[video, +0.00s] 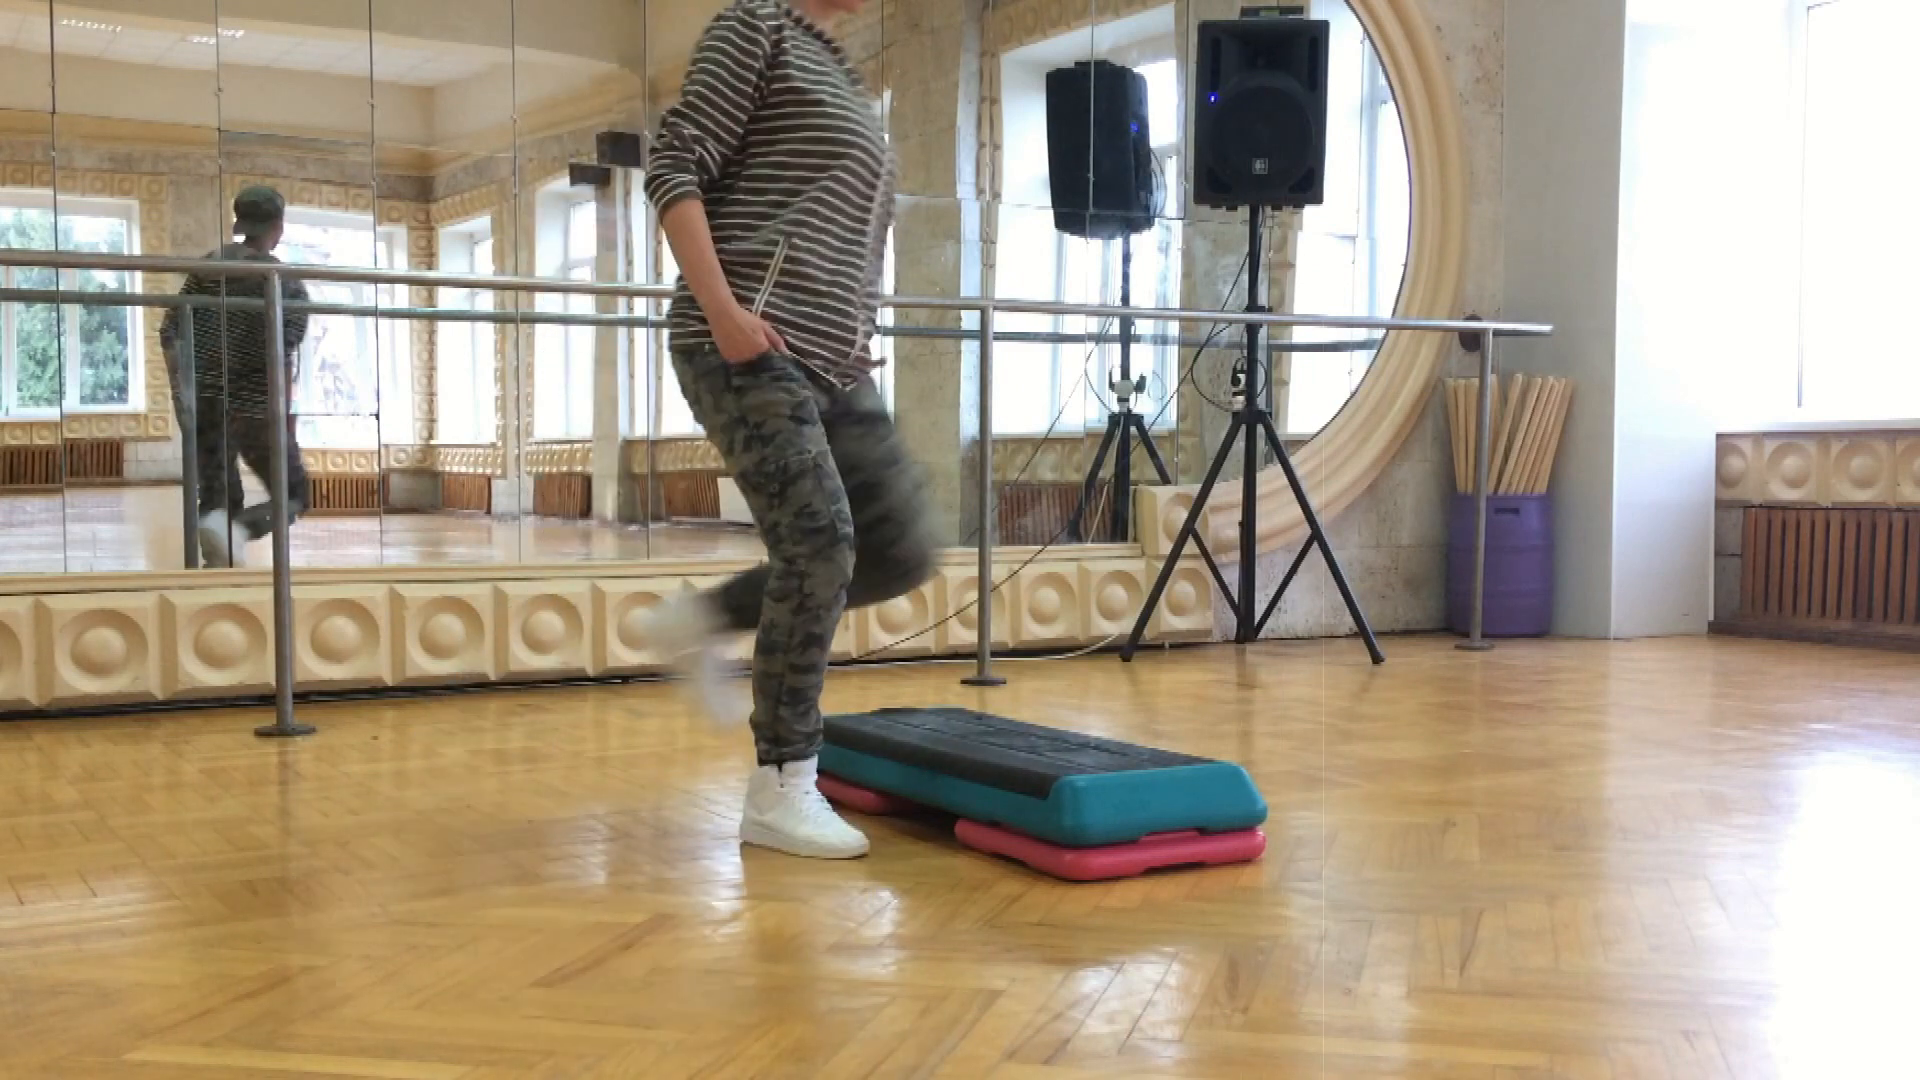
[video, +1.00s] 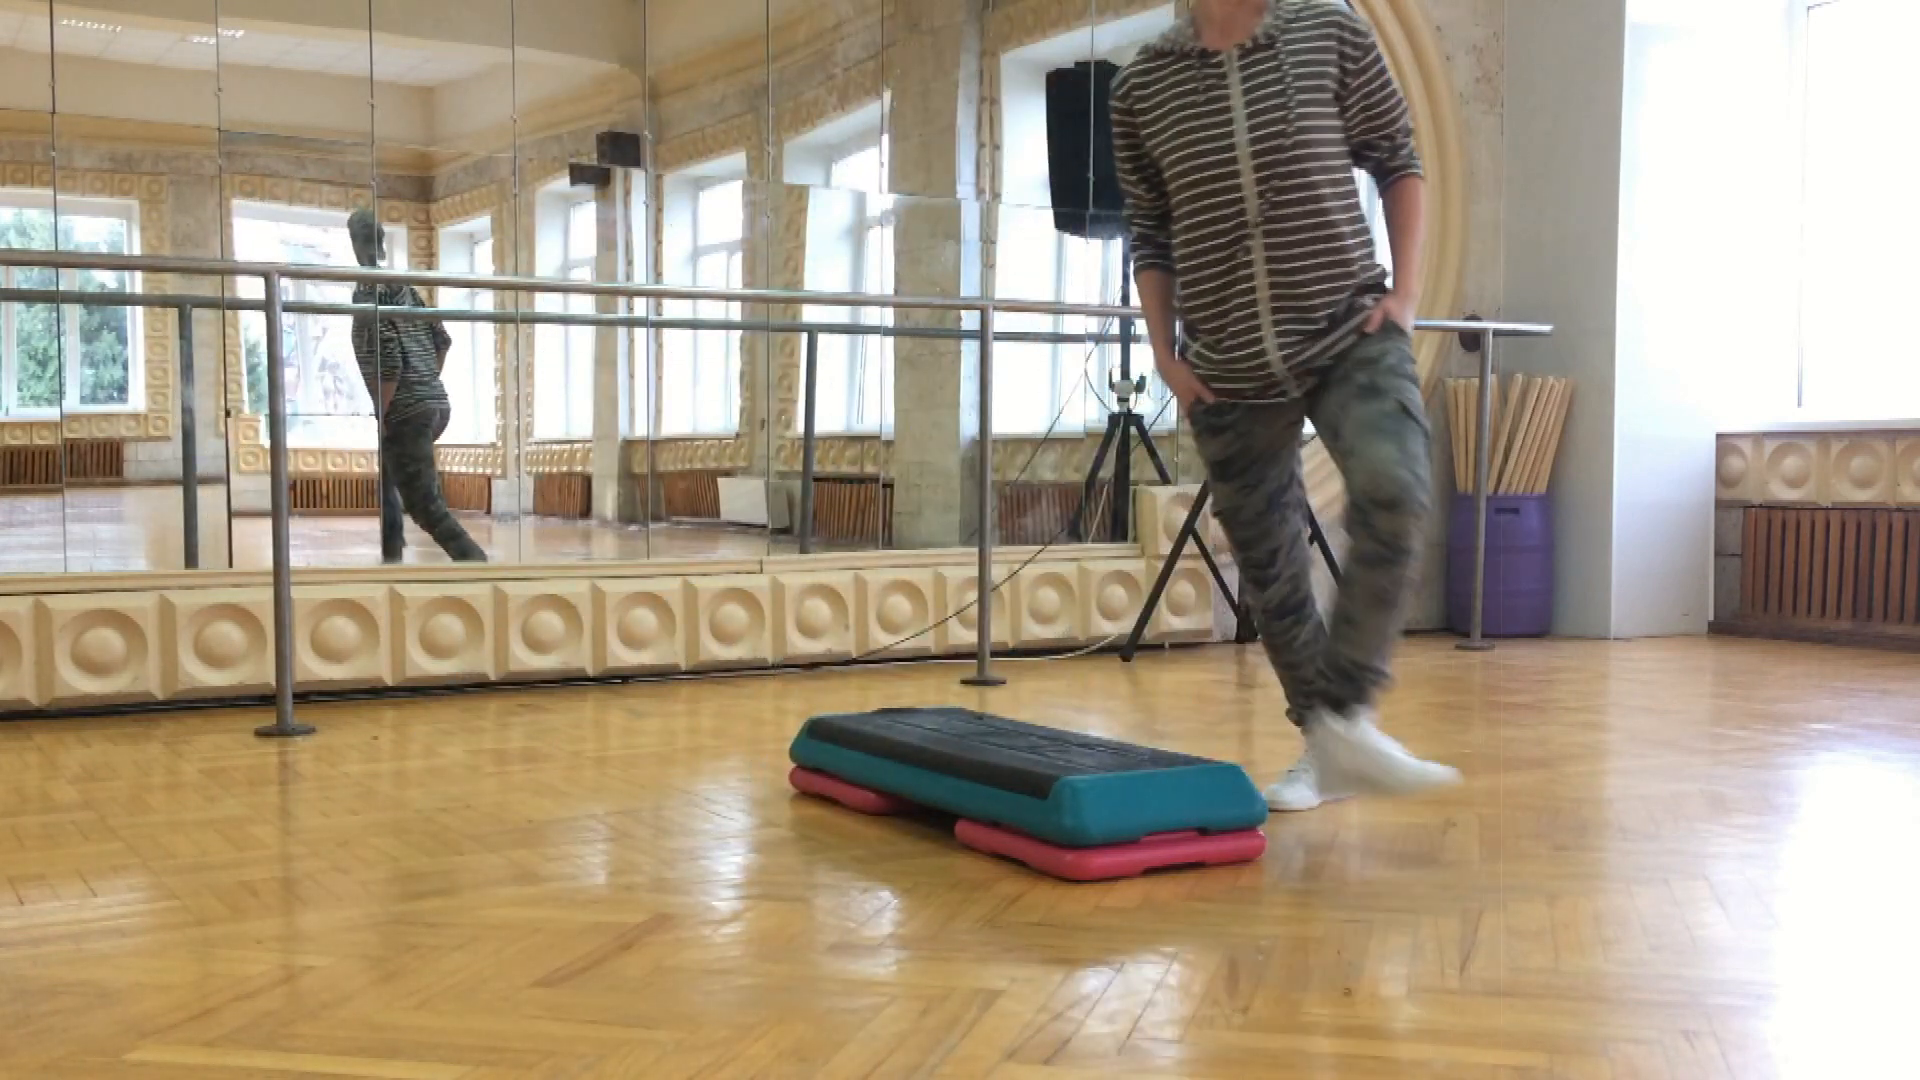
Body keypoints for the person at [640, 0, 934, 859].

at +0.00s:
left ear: (854, 4)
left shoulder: (852, 83)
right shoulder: (754, 28)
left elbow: (830, 230)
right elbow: (672, 167)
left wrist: (852, 333)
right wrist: (721, 309)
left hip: (833, 359)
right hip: (749, 342)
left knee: (897, 550)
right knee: (817, 544)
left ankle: (695, 619)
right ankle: (781, 786)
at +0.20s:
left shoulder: (985, 60)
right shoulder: (838, 21)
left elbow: (966, 186)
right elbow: (755, 156)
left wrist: (973, 287)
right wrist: (775, 295)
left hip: (950, 324)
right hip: (832, 328)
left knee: (1085, 446)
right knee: (842, 543)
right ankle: (790, 778)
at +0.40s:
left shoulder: (1127, 10)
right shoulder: (917, 7)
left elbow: (1137, 138)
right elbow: (874, 145)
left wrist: (1144, 252)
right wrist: (892, 261)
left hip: (1091, 288)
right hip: (959, 290)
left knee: (1146, 464)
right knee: (951, 467)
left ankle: (1094, 690)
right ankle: (905, 646)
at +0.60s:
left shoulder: (1201, 7)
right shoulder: (993, 16)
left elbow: (1235, 130)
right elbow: (978, 162)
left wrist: (1245, 254)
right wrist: (1003, 292)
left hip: (1192, 292)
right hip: (1068, 310)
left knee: (1179, 484)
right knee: (1087, 523)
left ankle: (1094, 690)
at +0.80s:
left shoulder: (1270, 32)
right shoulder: (1076, 79)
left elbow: (1324, 164)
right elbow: (1084, 238)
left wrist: (1331, 285)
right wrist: (1114, 359)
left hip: (1279, 320)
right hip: (1169, 363)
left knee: (1250, 453)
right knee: (1251, 563)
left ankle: (1149, 657)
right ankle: (1326, 737)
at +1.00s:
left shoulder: (1332, 31)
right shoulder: (1141, 86)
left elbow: (1398, 162)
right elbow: (1147, 232)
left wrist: (1404, 291)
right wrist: (1166, 355)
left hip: (1349, 332)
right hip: (1227, 372)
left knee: (1396, 496)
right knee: (1272, 569)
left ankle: (1345, 715)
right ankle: (1324, 743)